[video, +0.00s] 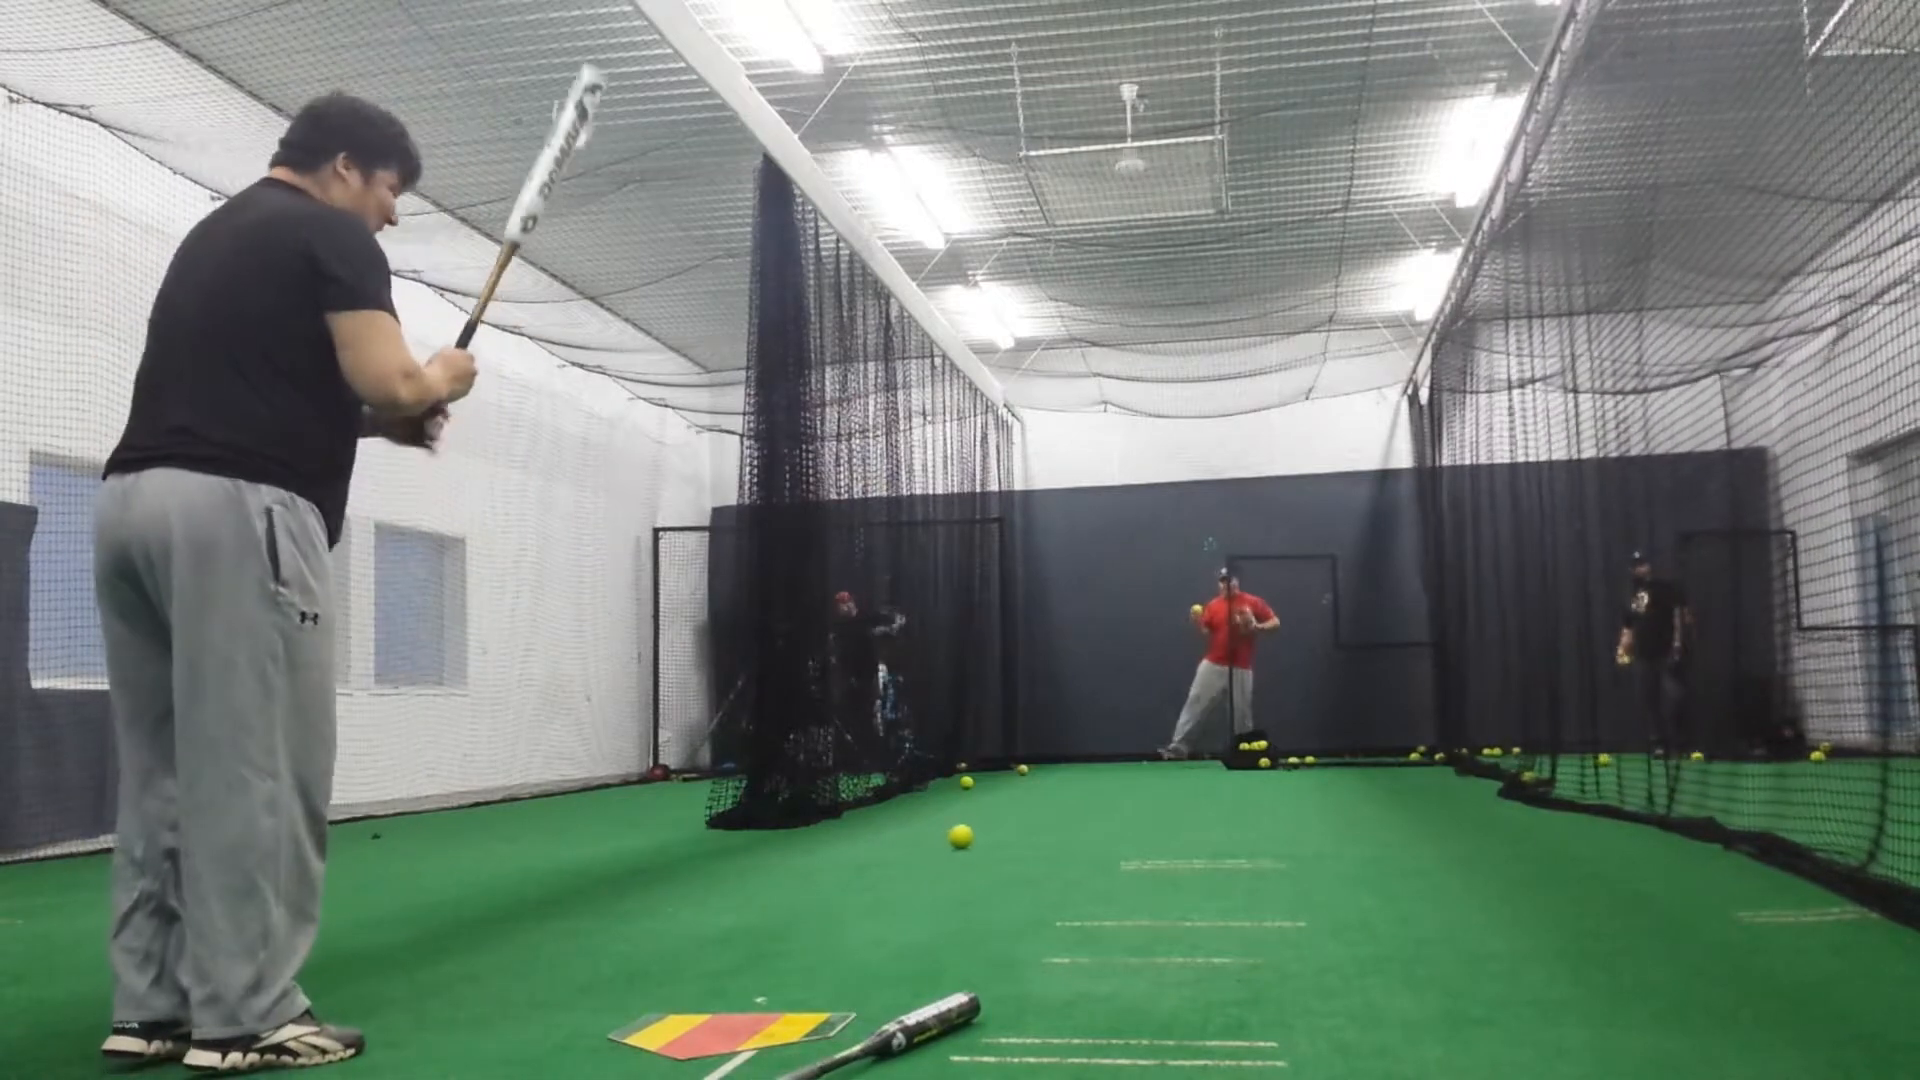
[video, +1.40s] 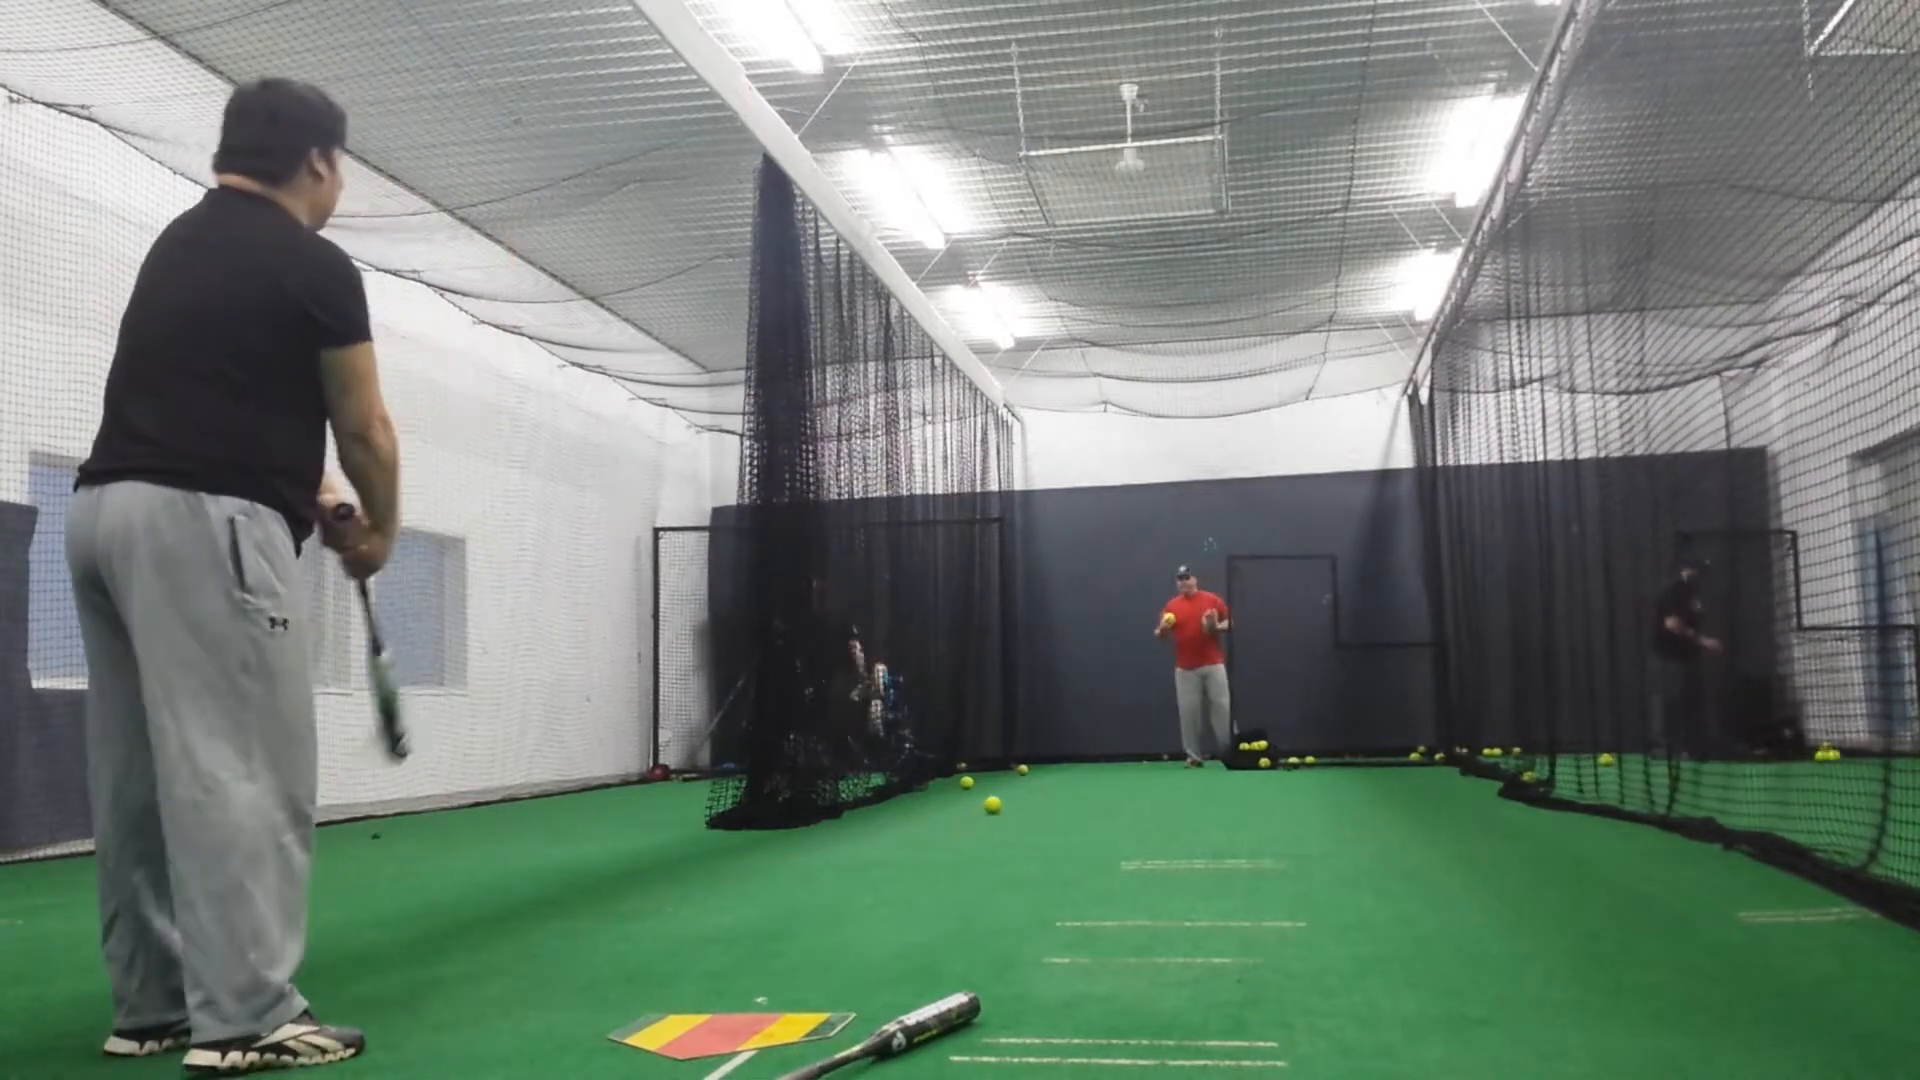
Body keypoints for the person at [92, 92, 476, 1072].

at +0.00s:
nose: (393, 214)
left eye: (399, 197)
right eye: (391, 192)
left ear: (307, 168)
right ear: (346, 167)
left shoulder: (221, 227)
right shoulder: (331, 231)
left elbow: (264, 379)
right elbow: (388, 384)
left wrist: (388, 416)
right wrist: (440, 379)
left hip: (134, 497)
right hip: (238, 507)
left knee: (156, 767)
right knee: (257, 765)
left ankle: (150, 1009)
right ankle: (245, 1015)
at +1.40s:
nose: (344, 184)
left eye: (342, 166)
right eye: (341, 165)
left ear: (236, 159)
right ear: (314, 162)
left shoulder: (179, 239)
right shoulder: (313, 262)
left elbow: (207, 399)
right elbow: (367, 431)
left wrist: (312, 497)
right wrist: (378, 532)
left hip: (105, 515)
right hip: (209, 521)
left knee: (134, 771)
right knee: (242, 771)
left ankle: (150, 1008)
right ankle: (244, 1016)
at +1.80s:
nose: (282, 190)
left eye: (280, 172)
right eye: (279, 171)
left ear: (182, 164)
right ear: (250, 165)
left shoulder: (152, 238)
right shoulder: (237, 240)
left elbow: (172, 386)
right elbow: (263, 371)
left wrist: (311, 455)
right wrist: (353, 463)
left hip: (100, 514)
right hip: (179, 516)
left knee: (138, 768)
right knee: (238, 759)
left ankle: (152, 1007)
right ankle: (251, 1004)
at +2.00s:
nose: (262, 185)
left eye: (258, 168)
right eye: (258, 167)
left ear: (162, 165)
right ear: (233, 160)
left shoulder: (146, 237)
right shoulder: (204, 226)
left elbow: (217, 418)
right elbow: (217, 343)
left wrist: (333, 418)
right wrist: (341, 387)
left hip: (106, 516)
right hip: (167, 518)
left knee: (142, 769)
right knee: (220, 758)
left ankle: (153, 1009)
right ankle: (237, 1004)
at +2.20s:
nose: (255, 181)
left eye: (251, 164)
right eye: (250, 163)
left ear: (157, 163)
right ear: (225, 156)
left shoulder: (148, 234)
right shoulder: (188, 221)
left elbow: (203, 406)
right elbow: (208, 338)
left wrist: (319, 405)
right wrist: (326, 357)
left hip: (125, 522)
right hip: (162, 523)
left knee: (159, 771)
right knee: (191, 769)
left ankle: (158, 1008)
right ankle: (185, 1012)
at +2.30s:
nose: (256, 179)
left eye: (251, 162)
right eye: (251, 160)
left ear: (161, 160)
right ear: (226, 154)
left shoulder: (153, 233)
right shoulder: (186, 221)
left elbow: (200, 400)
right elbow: (206, 336)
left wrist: (314, 413)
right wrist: (323, 358)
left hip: (139, 524)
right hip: (159, 525)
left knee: (162, 773)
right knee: (179, 773)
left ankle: (160, 1011)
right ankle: (182, 1015)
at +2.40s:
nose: (259, 170)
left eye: (252, 152)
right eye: (253, 151)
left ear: (162, 156)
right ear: (228, 149)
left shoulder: (158, 230)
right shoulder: (184, 221)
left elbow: (180, 401)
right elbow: (203, 333)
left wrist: (298, 438)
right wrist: (318, 366)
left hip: (149, 524)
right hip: (159, 526)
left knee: (168, 773)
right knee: (177, 774)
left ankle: (167, 1007)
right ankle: (174, 1015)